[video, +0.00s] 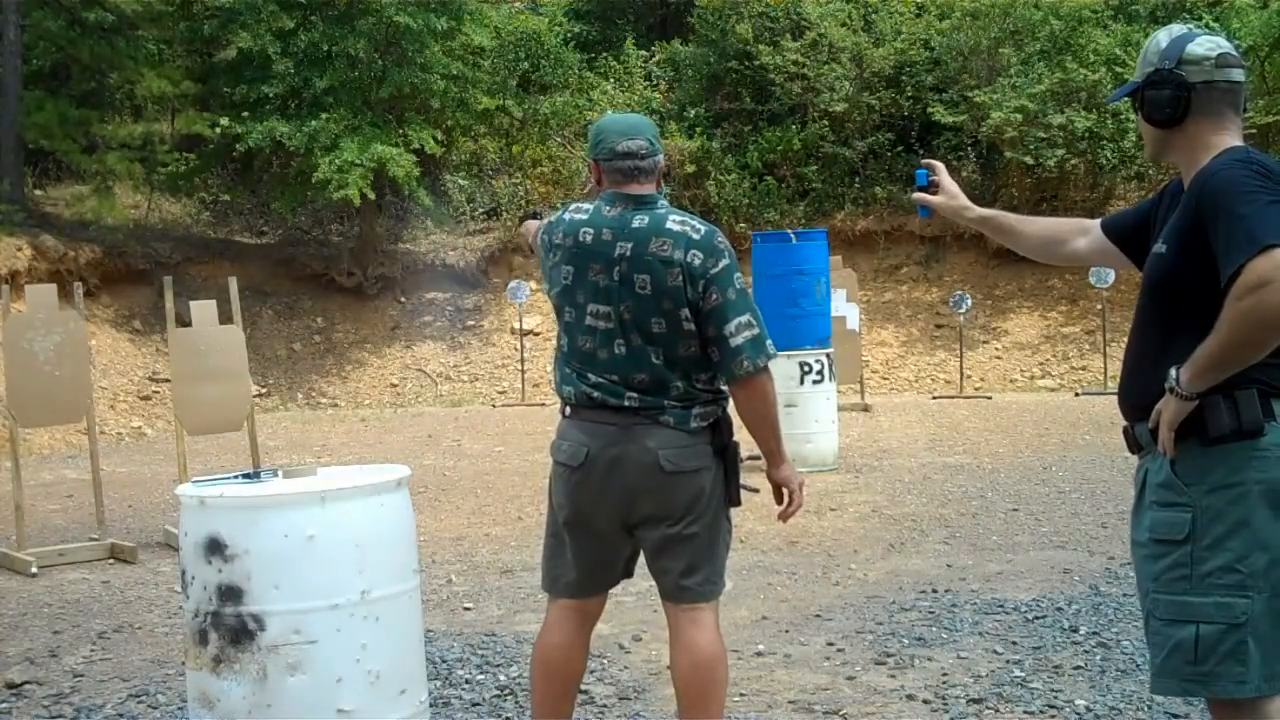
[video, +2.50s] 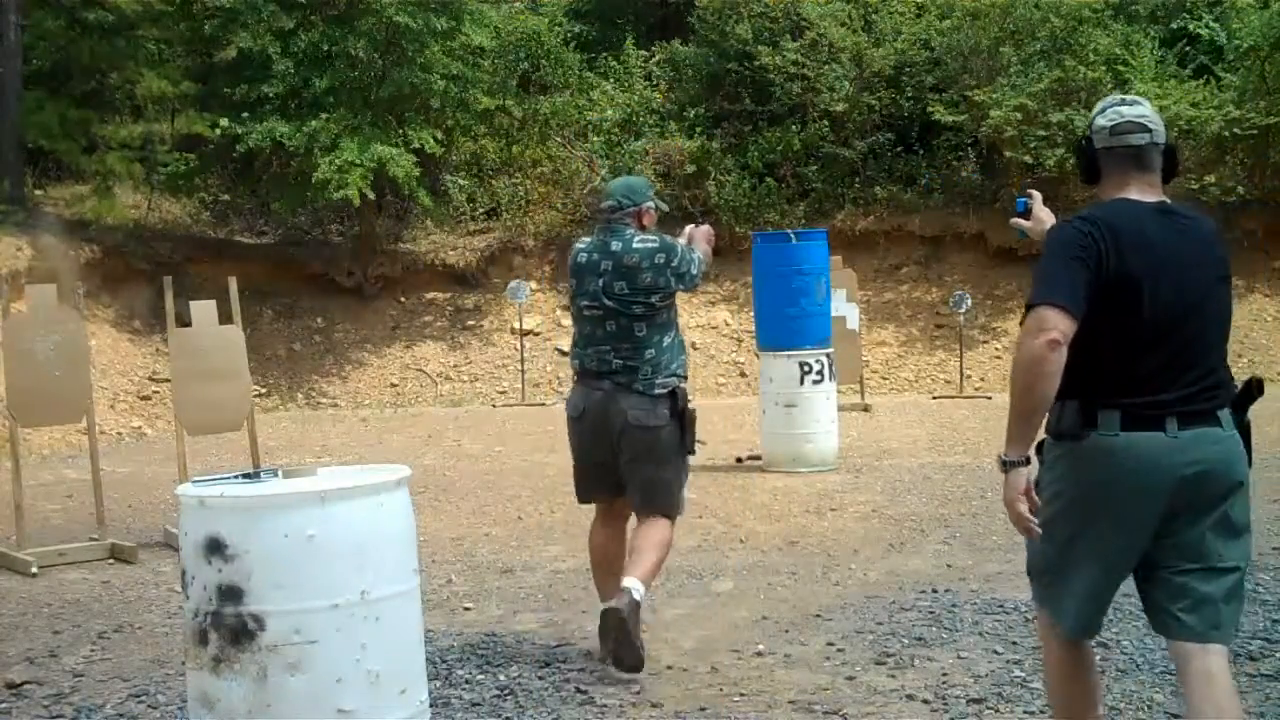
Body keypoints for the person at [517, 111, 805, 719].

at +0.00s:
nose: (587, 173)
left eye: (589, 166)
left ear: (596, 171)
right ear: (662, 168)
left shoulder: (566, 233)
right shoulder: (700, 243)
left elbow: (540, 235)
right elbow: (747, 368)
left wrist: (544, 227)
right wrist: (777, 459)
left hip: (585, 445)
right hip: (683, 451)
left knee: (571, 606)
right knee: (693, 610)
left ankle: (548, 715)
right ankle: (703, 718)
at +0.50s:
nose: (587, 174)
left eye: (589, 167)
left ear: (594, 172)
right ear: (661, 169)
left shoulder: (565, 233)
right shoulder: (699, 240)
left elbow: (534, 238)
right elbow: (747, 366)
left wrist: (532, 229)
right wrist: (778, 457)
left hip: (586, 446)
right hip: (684, 450)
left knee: (571, 606)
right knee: (693, 611)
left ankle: (548, 715)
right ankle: (703, 718)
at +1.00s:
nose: (594, 173)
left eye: (596, 166)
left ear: (602, 172)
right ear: (668, 168)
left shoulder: (569, 235)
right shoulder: (705, 244)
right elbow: (753, 370)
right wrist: (779, 452)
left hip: (593, 446)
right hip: (690, 452)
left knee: (573, 610)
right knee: (696, 615)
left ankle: (548, 713)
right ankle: (705, 717)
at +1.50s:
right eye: (673, 189)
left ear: (615, 201)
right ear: (673, 195)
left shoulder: (586, 265)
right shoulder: (715, 262)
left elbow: (564, 368)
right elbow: (749, 361)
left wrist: (621, 378)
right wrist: (688, 347)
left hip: (599, 443)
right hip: (690, 443)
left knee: (581, 569)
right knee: (694, 601)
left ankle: (588, 708)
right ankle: (707, 715)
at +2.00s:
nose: (646, 204)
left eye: (642, 197)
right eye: (644, 197)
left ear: (588, 200)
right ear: (634, 200)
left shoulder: (558, 244)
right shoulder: (654, 236)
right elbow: (690, 267)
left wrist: (663, 237)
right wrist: (693, 237)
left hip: (568, 399)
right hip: (642, 405)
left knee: (577, 551)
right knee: (645, 543)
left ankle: (585, 678)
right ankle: (622, 667)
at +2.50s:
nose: (656, 216)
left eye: (653, 209)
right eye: (654, 209)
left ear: (607, 214)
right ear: (643, 214)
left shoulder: (580, 254)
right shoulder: (659, 252)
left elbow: (628, 265)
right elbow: (693, 269)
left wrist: (681, 243)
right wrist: (699, 242)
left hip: (588, 400)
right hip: (648, 404)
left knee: (609, 510)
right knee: (656, 513)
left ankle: (612, 620)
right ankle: (630, 596)